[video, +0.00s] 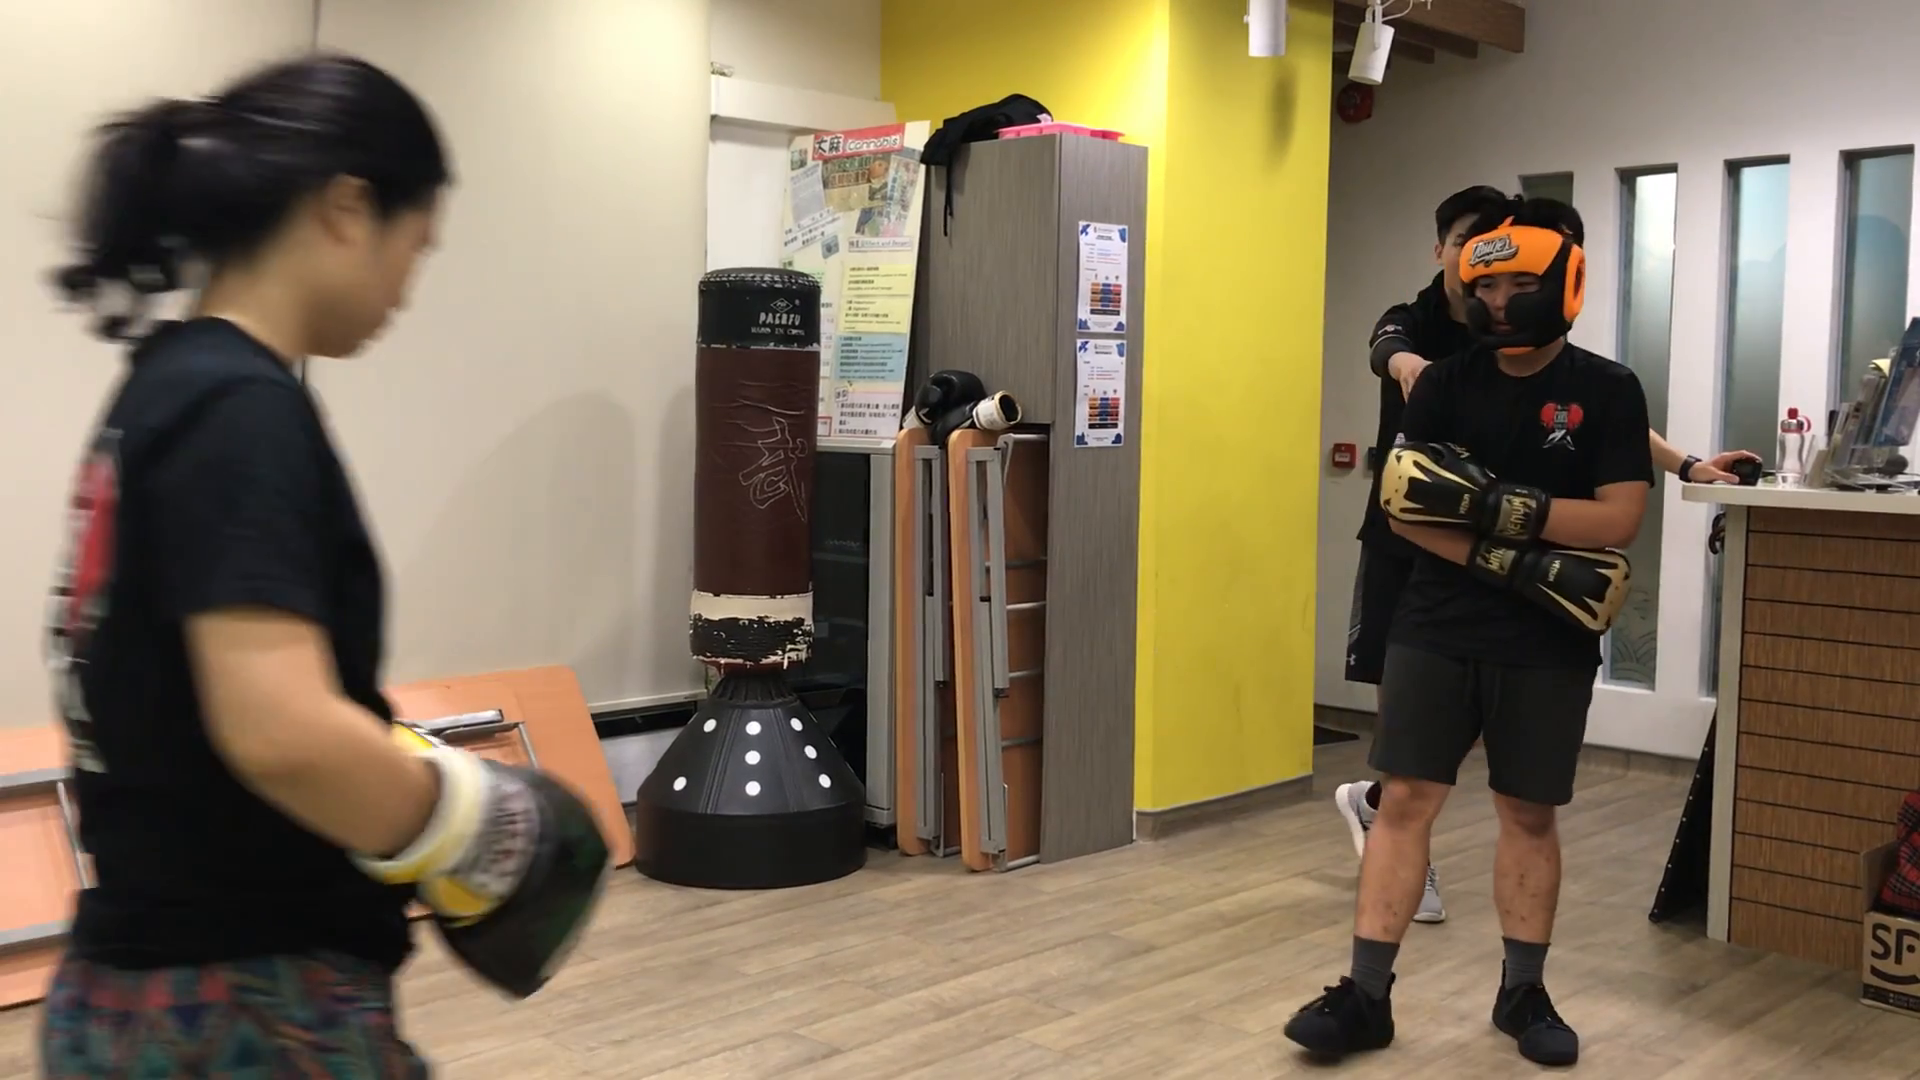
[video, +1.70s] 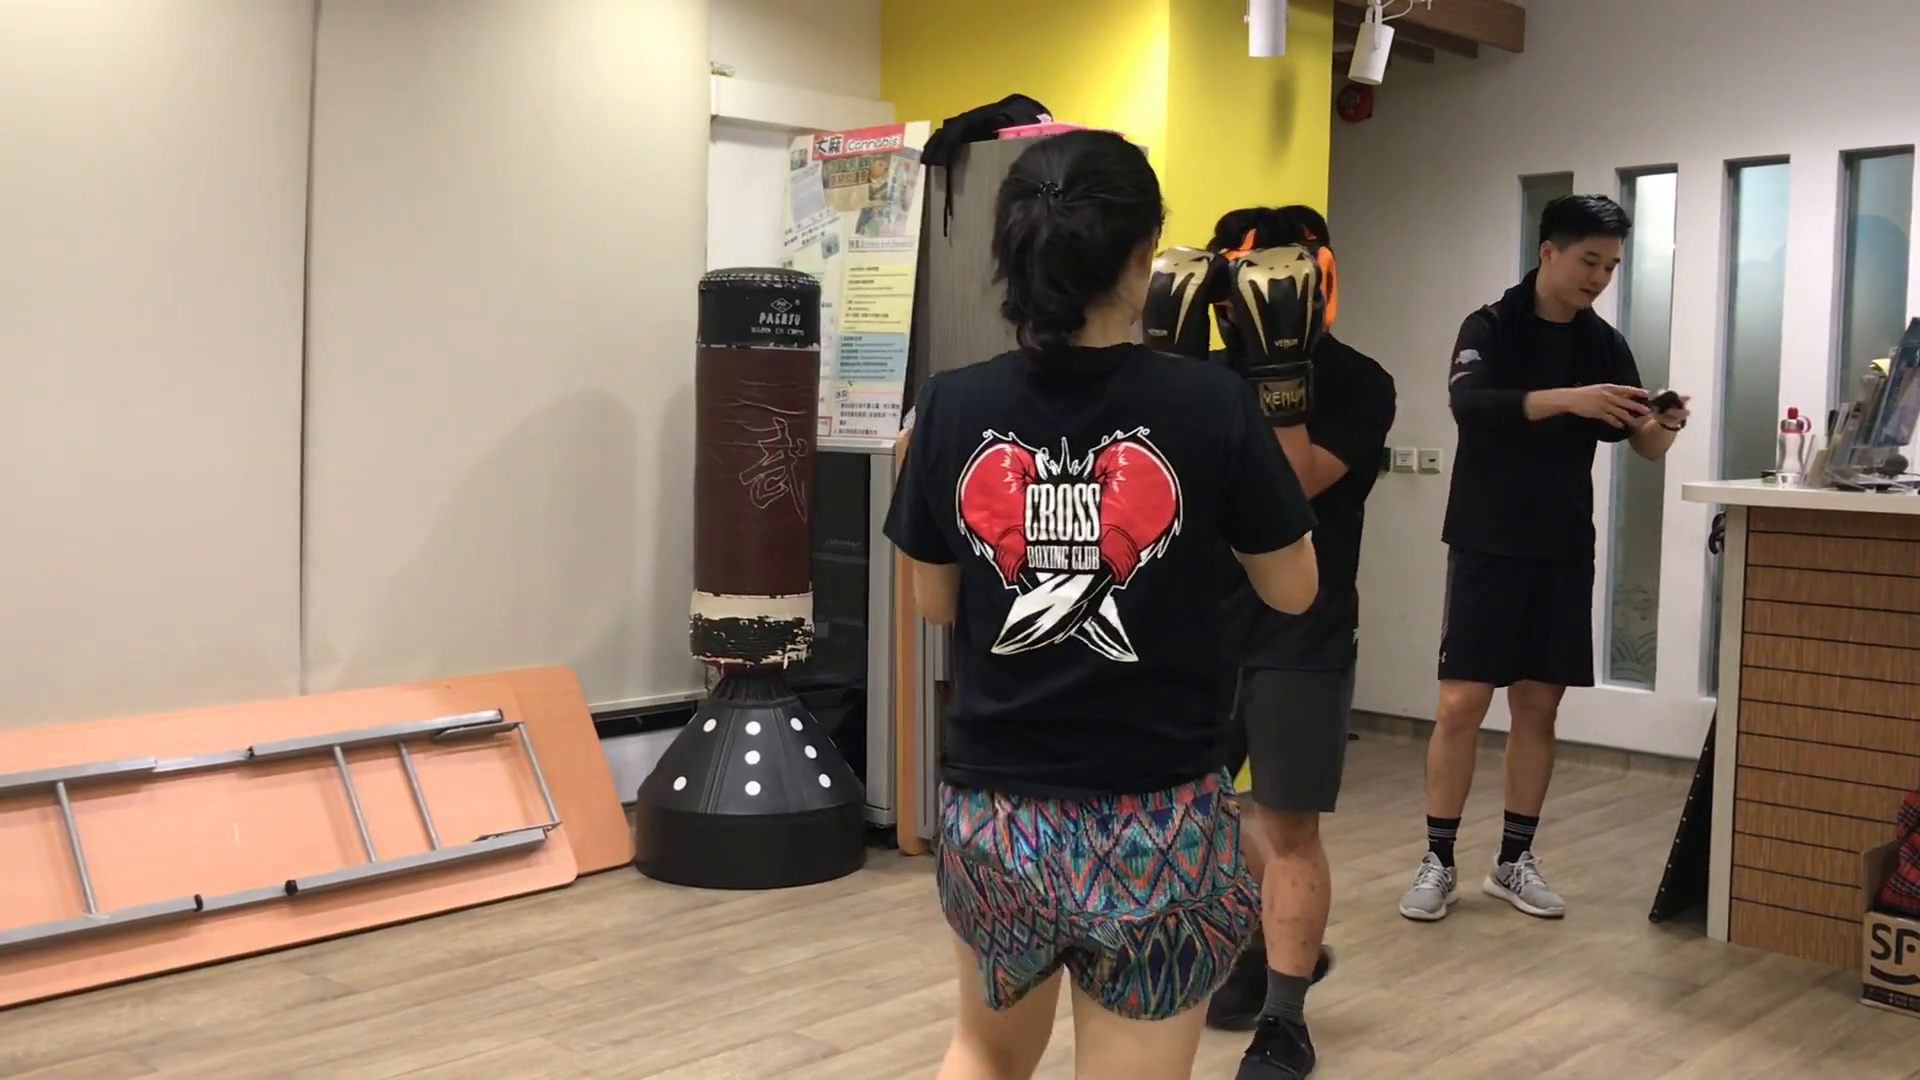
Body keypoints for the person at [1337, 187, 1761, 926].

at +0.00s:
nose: (1479, 270)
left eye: (1496, 252)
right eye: (1469, 252)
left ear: (1526, 262)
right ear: (1442, 256)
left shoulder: (1526, 343)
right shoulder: (1409, 331)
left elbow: (1607, 418)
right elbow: (1401, 366)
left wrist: (1690, 464)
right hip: (1404, 556)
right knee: (1404, 707)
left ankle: (1374, 797)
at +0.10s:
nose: (1478, 270)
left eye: (1494, 253)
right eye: (1466, 254)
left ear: (1529, 263)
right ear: (1442, 257)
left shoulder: (1527, 341)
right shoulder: (1408, 328)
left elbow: (1606, 417)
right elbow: (1403, 368)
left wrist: (1689, 465)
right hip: (1405, 553)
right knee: (1401, 729)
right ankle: (1410, 860)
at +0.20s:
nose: (1466, 270)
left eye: (1483, 250)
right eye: (1455, 252)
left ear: (1526, 255)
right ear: (1439, 254)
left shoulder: (1522, 331)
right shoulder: (1410, 325)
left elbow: (1606, 418)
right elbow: (1413, 372)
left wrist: (1687, 463)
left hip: (1509, 558)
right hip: (1410, 542)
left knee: (1488, 713)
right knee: (1406, 706)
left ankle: (1420, 820)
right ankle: (1409, 847)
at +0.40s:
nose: (1460, 277)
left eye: (1484, 258)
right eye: (1454, 258)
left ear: (1513, 263)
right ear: (1438, 255)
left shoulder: (1534, 346)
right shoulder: (1412, 332)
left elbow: (1602, 413)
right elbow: (1424, 394)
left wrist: (1685, 463)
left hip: (1505, 574)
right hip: (1405, 571)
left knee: (1502, 715)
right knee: (1399, 721)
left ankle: (1497, 840)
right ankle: (1409, 855)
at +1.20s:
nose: (1568, 258)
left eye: (1583, 248)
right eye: (1555, 243)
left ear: (1595, 257)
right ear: (1527, 244)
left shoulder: (1596, 345)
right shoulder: (1485, 320)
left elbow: (1630, 438)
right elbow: (1432, 350)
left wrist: (1692, 460)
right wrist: (1414, 361)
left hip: (1552, 548)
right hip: (1476, 542)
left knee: (1532, 707)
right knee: (1454, 706)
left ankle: (1515, 861)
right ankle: (1426, 860)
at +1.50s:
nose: (1605, 275)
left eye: (1612, 263)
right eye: (1595, 258)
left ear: (1611, 269)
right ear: (1552, 253)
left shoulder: (1601, 345)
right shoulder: (1488, 319)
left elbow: (1642, 438)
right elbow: (1431, 363)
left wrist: (1683, 428)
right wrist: (1464, 363)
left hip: (1562, 548)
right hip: (1486, 543)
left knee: (1538, 706)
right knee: (1463, 704)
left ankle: (1515, 860)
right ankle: (1437, 862)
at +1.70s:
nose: (1602, 275)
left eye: (1611, 265)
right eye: (1591, 260)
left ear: (1610, 269)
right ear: (1547, 251)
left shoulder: (1604, 345)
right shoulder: (1488, 326)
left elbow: (1647, 447)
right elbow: (1468, 405)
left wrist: (1658, 424)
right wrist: (1569, 399)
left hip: (1563, 549)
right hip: (1485, 543)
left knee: (1537, 707)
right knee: (1461, 704)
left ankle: (1514, 862)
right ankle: (1439, 863)